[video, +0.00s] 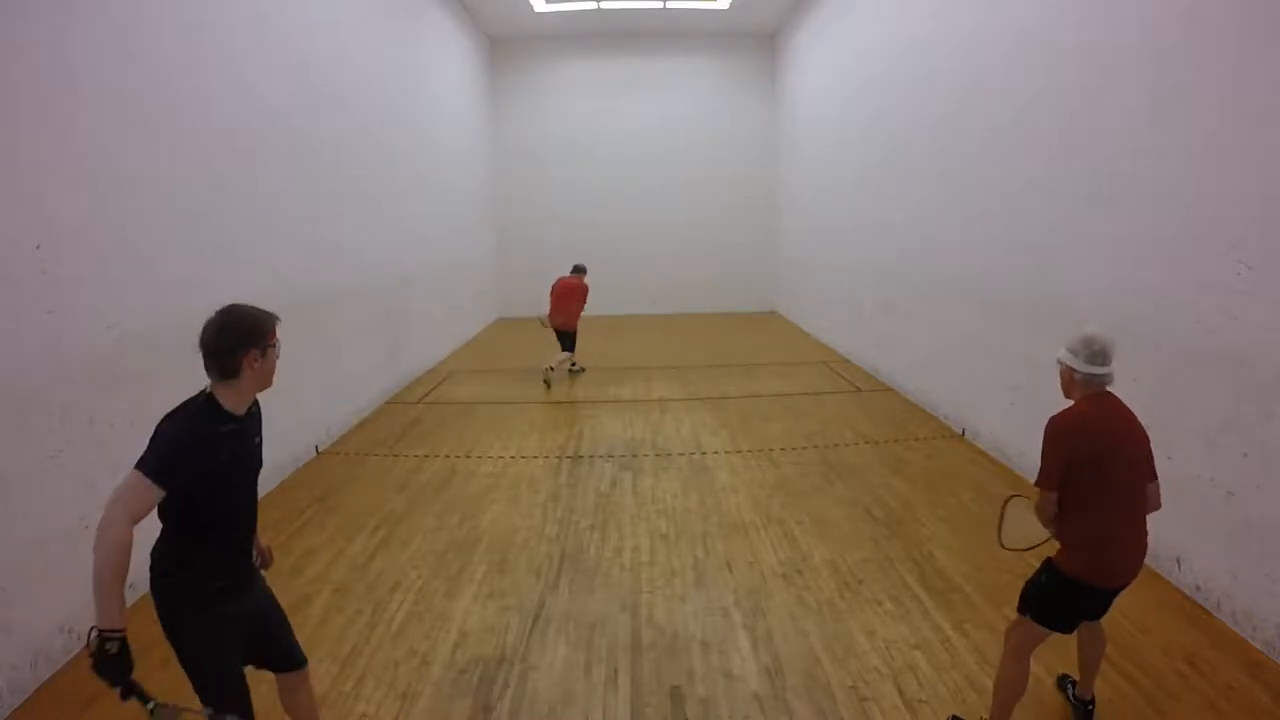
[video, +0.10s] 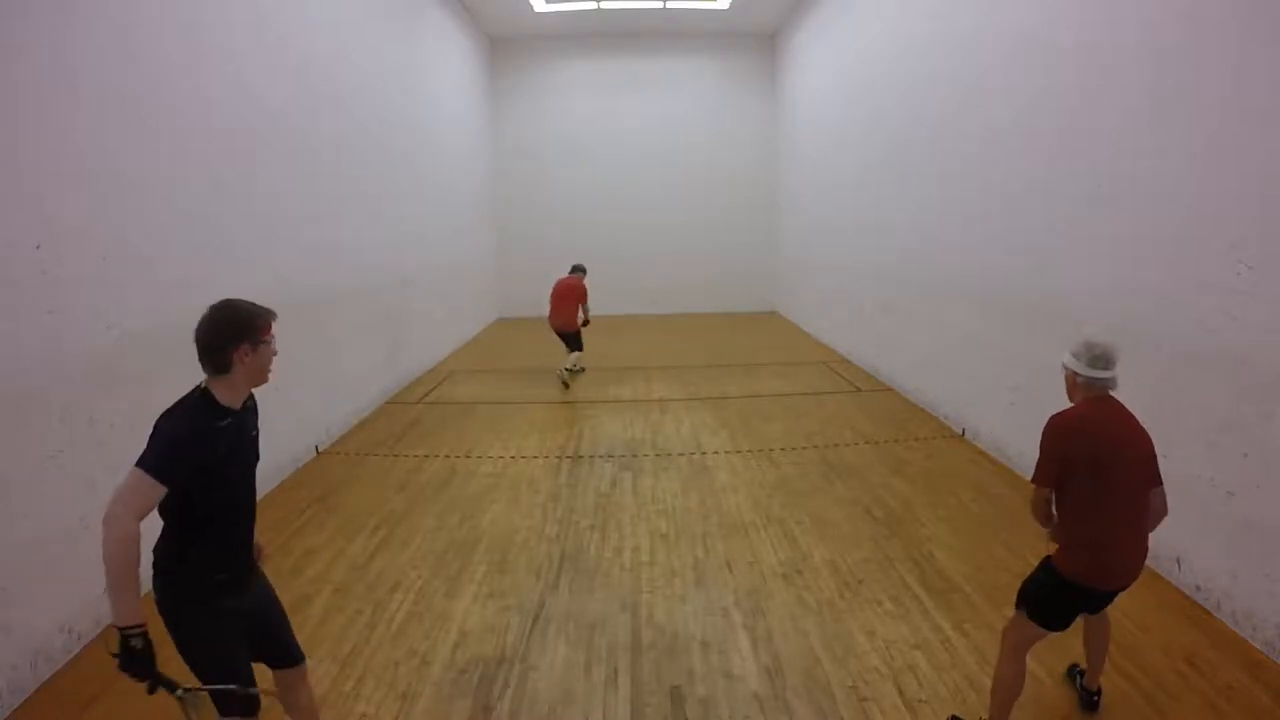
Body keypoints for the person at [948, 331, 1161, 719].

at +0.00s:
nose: (1061, 376)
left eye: (1062, 369)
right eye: (1062, 368)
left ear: (1069, 374)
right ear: (1105, 375)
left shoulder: (1064, 425)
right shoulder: (1128, 420)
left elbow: (1046, 508)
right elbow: (1152, 500)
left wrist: (1058, 526)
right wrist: (1102, 511)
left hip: (1081, 562)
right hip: (1128, 559)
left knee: (1020, 639)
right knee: (1089, 619)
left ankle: (998, 714)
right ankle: (1085, 695)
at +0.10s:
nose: (1066, 380)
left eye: (1067, 374)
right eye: (1068, 374)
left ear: (1072, 379)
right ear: (1110, 381)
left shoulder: (1063, 425)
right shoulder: (1133, 427)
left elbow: (1040, 503)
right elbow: (1158, 508)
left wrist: (1053, 526)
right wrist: (1127, 533)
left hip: (1077, 564)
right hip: (1127, 563)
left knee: (1015, 640)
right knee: (1096, 608)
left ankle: (996, 715)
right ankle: (1092, 687)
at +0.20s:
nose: (1078, 385)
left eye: (1080, 380)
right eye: (1082, 380)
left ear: (1085, 383)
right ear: (1123, 388)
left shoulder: (1070, 425)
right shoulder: (1142, 435)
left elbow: (1038, 496)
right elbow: (1164, 512)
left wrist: (1045, 524)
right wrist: (1156, 560)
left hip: (1075, 566)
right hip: (1127, 567)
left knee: (1013, 640)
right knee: (1106, 605)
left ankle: (996, 714)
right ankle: (1100, 672)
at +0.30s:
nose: (1098, 385)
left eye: (1100, 380)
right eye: (1101, 380)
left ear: (1104, 384)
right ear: (1141, 391)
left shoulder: (1084, 423)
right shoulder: (1158, 442)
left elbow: (1039, 482)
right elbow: (1179, 516)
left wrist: (1033, 516)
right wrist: (1186, 570)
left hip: (1084, 559)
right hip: (1134, 564)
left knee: (1024, 643)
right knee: (1114, 600)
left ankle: (998, 714)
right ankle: (1104, 663)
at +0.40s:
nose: (1124, 389)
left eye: (1125, 384)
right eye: (1130, 385)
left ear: (1126, 387)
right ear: (1161, 393)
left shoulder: (1106, 421)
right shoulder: (1175, 441)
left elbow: (1062, 472)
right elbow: (1193, 511)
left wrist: (1034, 502)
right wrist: (1209, 558)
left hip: (1096, 550)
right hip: (1143, 557)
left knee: (1041, 639)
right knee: (1118, 593)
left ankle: (995, 716)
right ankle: (1105, 660)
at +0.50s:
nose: (1140, 385)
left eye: (1142, 380)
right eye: (1146, 381)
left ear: (1144, 381)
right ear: (1177, 388)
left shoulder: (1129, 413)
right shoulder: (1186, 430)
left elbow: (1098, 463)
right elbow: (1192, 485)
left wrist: (1066, 496)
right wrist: (1193, 513)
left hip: (1115, 537)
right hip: (1159, 545)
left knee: (1057, 619)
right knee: (1122, 584)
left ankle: (1001, 705)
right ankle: (1105, 660)